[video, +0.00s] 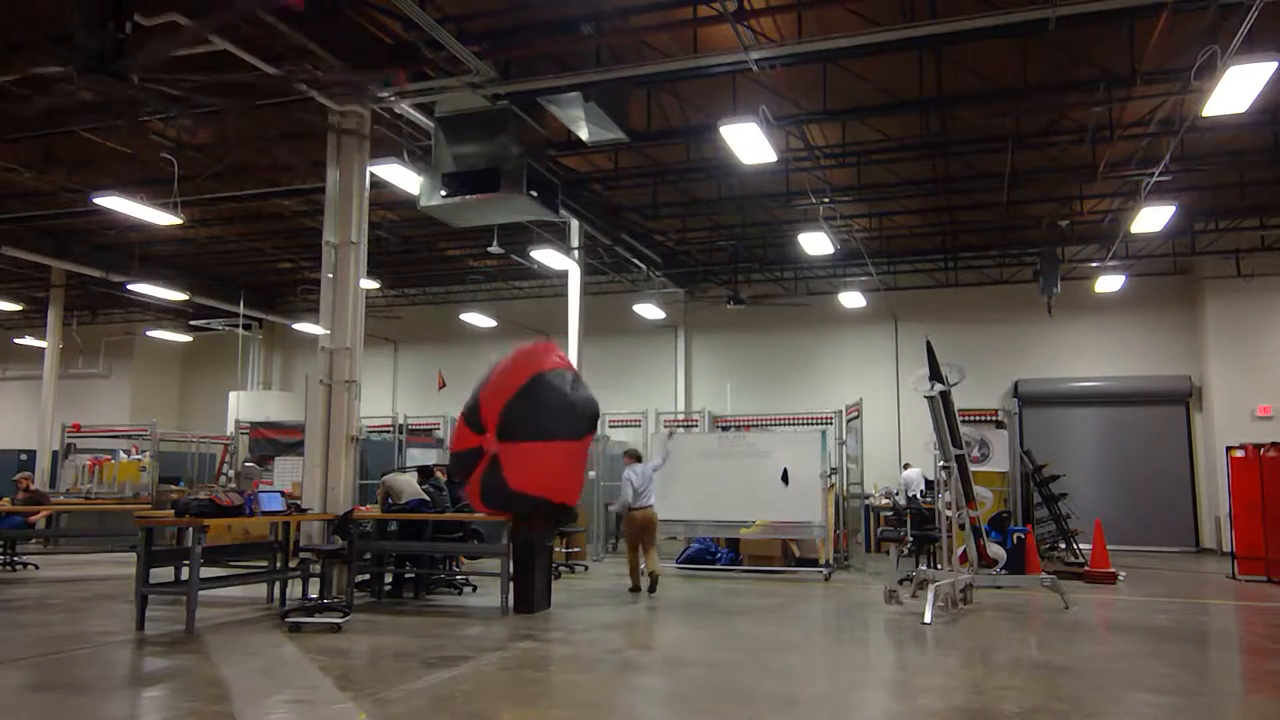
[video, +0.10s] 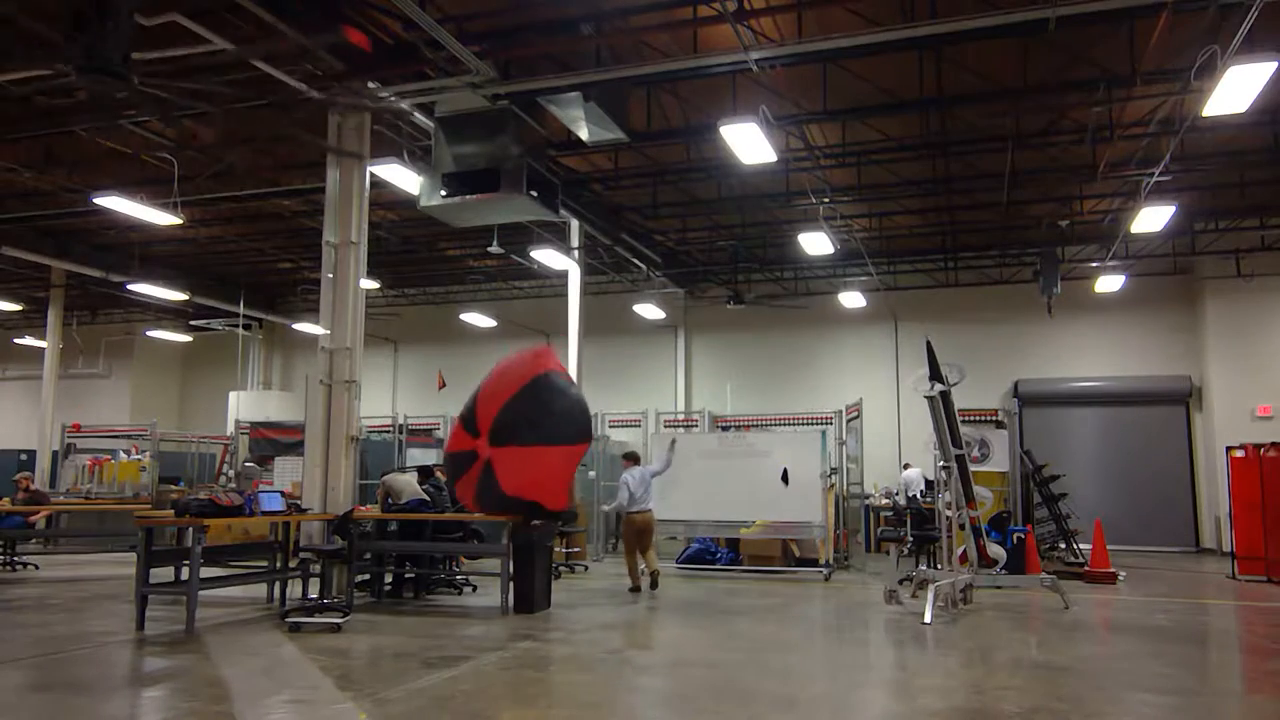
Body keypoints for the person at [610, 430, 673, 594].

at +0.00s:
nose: (624, 461)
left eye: (625, 458)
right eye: (624, 458)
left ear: (630, 459)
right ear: (637, 458)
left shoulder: (627, 473)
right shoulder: (648, 468)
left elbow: (627, 498)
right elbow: (662, 459)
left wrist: (615, 507)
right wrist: (667, 442)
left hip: (634, 512)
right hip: (649, 510)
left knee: (632, 550)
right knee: (649, 546)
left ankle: (635, 583)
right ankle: (653, 571)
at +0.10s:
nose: (623, 464)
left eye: (624, 461)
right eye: (623, 461)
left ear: (630, 462)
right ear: (636, 462)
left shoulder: (625, 477)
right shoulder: (646, 471)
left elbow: (622, 503)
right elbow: (664, 466)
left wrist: (608, 509)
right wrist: (670, 448)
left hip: (631, 515)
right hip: (647, 513)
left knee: (630, 552)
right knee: (646, 548)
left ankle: (635, 584)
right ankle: (654, 570)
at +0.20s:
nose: (622, 460)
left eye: (624, 457)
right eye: (623, 457)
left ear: (630, 459)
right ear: (636, 459)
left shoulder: (625, 474)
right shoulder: (646, 468)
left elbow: (620, 497)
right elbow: (664, 467)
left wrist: (606, 501)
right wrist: (676, 455)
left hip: (631, 511)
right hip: (646, 509)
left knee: (631, 548)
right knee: (644, 545)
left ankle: (635, 583)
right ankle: (649, 574)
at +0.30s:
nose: (622, 456)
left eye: (624, 454)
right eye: (623, 454)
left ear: (630, 454)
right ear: (635, 454)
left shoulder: (624, 469)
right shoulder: (645, 465)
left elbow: (618, 491)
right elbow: (665, 467)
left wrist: (601, 492)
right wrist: (680, 456)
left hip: (630, 507)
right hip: (645, 505)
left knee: (632, 545)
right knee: (643, 544)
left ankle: (636, 579)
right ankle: (646, 577)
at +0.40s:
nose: (623, 458)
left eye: (624, 455)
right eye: (623, 455)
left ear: (629, 456)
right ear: (636, 456)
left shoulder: (624, 471)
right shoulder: (645, 467)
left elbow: (613, 490)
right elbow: (664, 470)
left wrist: (595, 484)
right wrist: (680, 461)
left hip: (630, 508)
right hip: (645, 506)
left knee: (629, 546)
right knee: (641, 545)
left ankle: (635, 578)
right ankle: (643, 577)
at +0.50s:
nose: (623, 460)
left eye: (625, 457)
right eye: (624, 457)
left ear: (631, 458)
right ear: (636, 459)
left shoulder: (625, 473)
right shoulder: (645, 470)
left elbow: (613, 490)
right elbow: (665, 474)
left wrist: (594, 481)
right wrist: (682, 468)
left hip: (629, 512)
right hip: (645, 511)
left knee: (626, 547)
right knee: (638, 547)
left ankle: (633, 577)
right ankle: (642, 578)